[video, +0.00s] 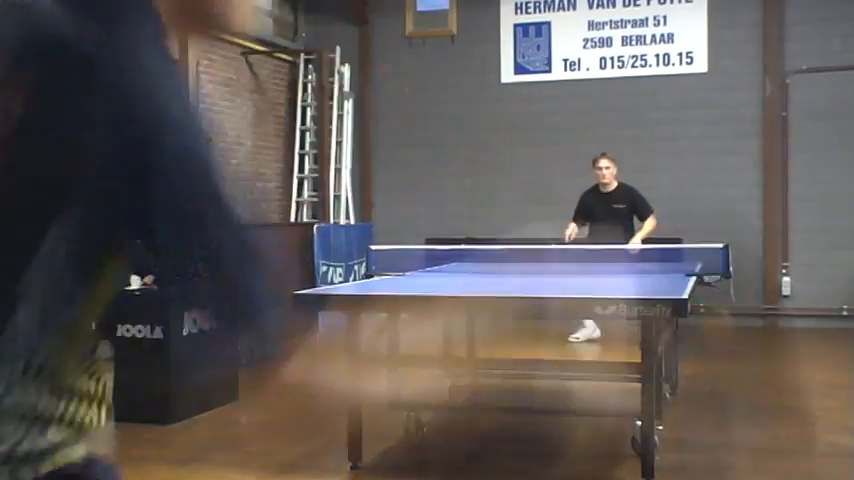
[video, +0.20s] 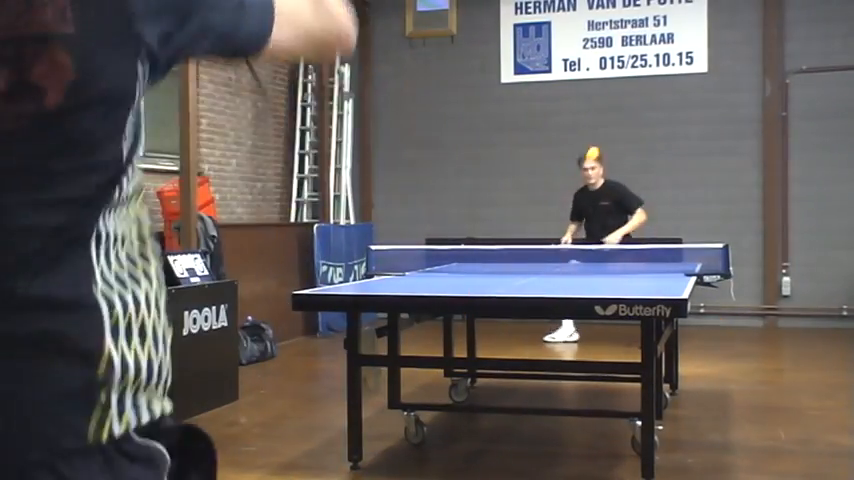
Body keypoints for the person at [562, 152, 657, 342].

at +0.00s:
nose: (603, 172)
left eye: (607, 168)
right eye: (599, 169)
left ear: (615, 170)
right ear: (594, 172)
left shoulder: (628, 193)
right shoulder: (588, 196)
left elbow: (651, 220)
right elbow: (578, 221)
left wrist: (637, 238)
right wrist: (572, 229)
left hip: (621, 254)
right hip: (592, 255)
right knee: (577, 280)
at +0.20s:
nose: (589, 173)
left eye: (593, 168)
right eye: (585, 170)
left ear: (601, 169)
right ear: (581, 172)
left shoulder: (616, 190)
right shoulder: (580, 196)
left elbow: (641, 215)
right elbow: (575, 222)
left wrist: (619, 234)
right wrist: (568, 235)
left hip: (621, 253)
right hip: (592, 253)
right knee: (567, 271)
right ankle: (568, 326)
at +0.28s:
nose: (583, 183)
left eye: (586, 178)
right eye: (579, 180)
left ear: (595, 178)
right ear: (575, 183)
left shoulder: (610, 198)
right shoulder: (580, 203)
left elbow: (630, 227)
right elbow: (577, 232)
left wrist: (597, 239)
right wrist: (561, 242)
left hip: (612, 256)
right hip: (589, 256)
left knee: (563, 270)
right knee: (558, 269)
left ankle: (566, 326)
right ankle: (565, 326)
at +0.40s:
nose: (577, 194)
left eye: (580, 189)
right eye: (573, 191)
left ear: (590, 188)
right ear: (571, 193)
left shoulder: (604, 207)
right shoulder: (585, 211)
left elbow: (600, 235)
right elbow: (585, 237)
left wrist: (567, 230)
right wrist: (561, 242)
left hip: (619, 258)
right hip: (599, 258)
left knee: (563, 275)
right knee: (561, 270)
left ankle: (566, 326)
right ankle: (566, 326)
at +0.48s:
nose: (576, 196)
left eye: (579, 190)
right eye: (573, 193)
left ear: (590, 188)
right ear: (571, 195)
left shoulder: (601, 206)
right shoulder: (594, 210)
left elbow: (586, 222)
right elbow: (589, 235)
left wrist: (556, 225)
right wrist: (562, 234)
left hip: (610, 262)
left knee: (560, 274)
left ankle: (566, 327)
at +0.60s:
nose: (581, 186)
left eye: (584, 181)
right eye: (579, 183)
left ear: (597, 181)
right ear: (578, 186)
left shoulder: (607, 195)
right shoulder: (597, 206)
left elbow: (602, 203)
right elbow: (598, 234)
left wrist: (569, 212)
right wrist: (574, 231)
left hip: (612, 256)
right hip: (604, 256)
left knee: (561, 274)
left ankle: (566, 326)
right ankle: (640, 316)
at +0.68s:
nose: (589, 176)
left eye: (593, 171)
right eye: (588, 172)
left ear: (606, 171)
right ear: (587, 176)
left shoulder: (619, 189)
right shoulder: (593, 200)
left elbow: (624, 197)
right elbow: (573, 223)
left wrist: (591, 190)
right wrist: (552, 209)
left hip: (621, 254)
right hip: (595, 254)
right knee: (562, 273)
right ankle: (566, 326)